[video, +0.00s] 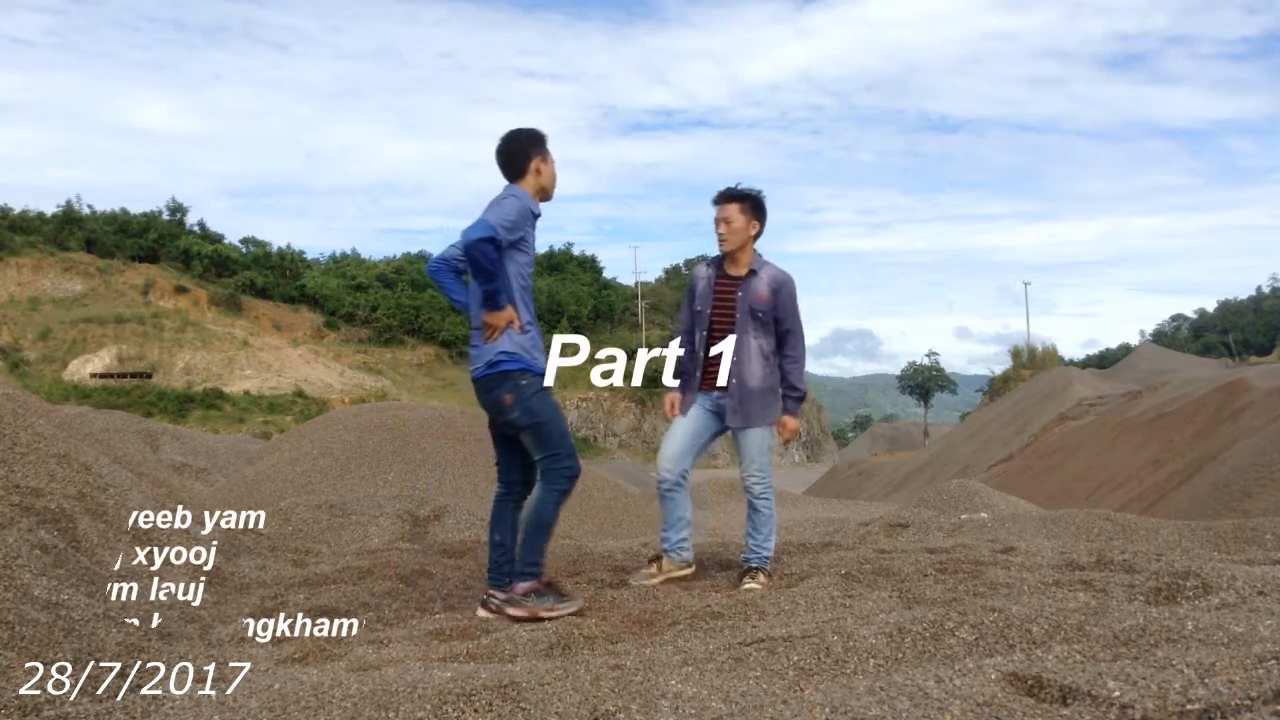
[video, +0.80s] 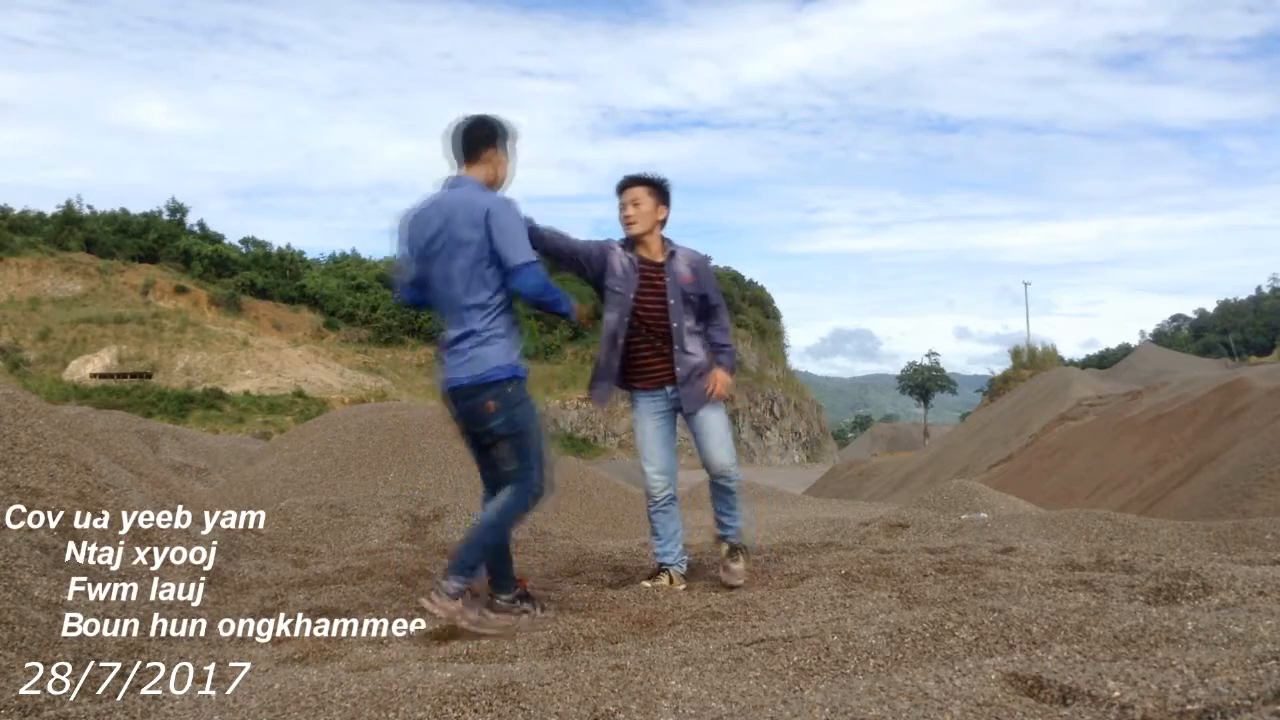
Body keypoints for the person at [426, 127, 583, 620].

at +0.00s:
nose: (555, 171)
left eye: (552, 162)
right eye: (552, 162)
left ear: (515, 168)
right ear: (538, 166)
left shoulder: (496, 210)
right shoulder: (519, 204)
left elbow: (440, 266)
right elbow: (479, 240)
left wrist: (476, 313)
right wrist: (496, 304)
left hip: (492, 372)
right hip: (513, 369)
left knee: (514, 481)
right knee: (561, 467)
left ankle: (500, 589)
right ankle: (527, 582)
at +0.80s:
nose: (509, 166)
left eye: (507, 157)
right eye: (506, 157)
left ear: (463, 157)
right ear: (491, 156)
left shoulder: (420, 216)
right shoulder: (494, 206)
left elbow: (410, 292)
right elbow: (528, 283)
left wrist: (459, 294)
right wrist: (569, 308)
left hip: (458, 378)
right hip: (496, 373)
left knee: (498, 485)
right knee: (529, 482)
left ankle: (504, 593)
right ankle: (453, 586)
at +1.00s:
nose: (465, 168)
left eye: (460, 159)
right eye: (461, 160)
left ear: (413, 170)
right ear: (450, 165)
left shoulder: (378, 229)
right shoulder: (474, 221)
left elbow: (360, 313)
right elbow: (519, 293)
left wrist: (397, 330)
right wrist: (545, 320)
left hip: (403, 395)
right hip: (462, 393)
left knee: (456, 481)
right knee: (467, 504)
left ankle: (473, 587)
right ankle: (431, 619)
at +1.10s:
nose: (442, 162)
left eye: (437, 153)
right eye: (439, 153)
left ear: (390, 159)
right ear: (429, 156)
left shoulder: (352, 220)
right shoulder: (452, 211)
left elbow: (338, 301)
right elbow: (488, 293)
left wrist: (356, 354)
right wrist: (513, 339)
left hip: (385, 386)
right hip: (446, 382)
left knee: (413, 467)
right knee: (450, 496)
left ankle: (404, 577)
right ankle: (431, 618)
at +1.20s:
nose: (419, 155)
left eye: (414, 146)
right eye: (416, 146)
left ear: (369, 153)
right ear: (405, 149)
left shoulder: (332, 213)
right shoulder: (432, 205)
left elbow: (314, 290)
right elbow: (457, 286)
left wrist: (336, 358)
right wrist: (476, 344)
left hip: (365, 380)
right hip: (426, 378)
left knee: (373, 478)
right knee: (440, 495)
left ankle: (334, 572)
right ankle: (432, 615)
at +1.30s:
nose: (397, 160)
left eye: (393, 150)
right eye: (394, 151)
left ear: (344, 159)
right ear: (381, 154)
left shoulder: (305, 217)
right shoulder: (403, 209)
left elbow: (286, 285)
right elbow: (421, 289)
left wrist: (297, 355)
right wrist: (432, 369)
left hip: (336, 394)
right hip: (399, 391)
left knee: (324, 503)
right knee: (436, 498)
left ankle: (262, 614)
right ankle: (430, 618)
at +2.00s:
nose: (402, 140)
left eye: (398, 129)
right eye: (395, 128)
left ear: (350, 135)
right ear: (375, 131)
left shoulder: (318, 197)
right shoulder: (362, 182)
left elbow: (293, 284)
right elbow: (366, 276)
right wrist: (406, 348)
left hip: (314, 384)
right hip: (353, 377)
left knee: (303, 502)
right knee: (388, 498)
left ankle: (251, 625)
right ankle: (351, 633)